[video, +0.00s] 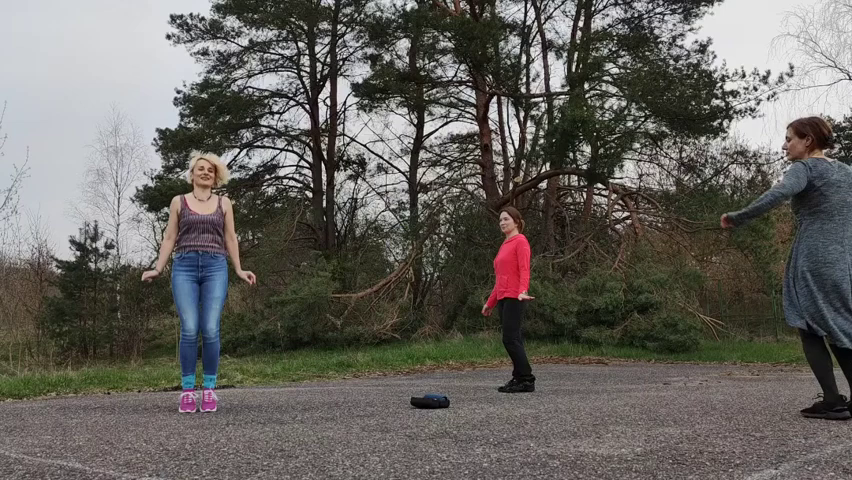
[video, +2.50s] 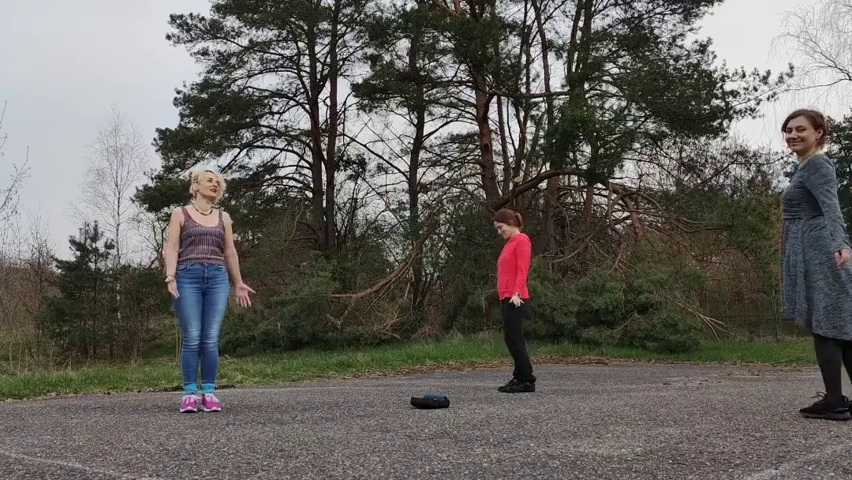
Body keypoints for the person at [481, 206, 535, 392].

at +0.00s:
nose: (502, 222)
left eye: (506, 219)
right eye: (501, 220)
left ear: (516, 221)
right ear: (500, 224)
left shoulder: (521, 240)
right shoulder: (506, 244)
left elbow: (524, 267)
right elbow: (501, 279)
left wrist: (523, 289)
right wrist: (490, 302)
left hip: (514, 296)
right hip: (504, 297)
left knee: (511, 339)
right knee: (511, 339)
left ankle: (526, 379)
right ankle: (518, 378)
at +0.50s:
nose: (502, 224)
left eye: (505, 221)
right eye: (501, 222)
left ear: (517, 222)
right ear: (502, 224)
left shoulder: (519, 240)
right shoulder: (511, 241)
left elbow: (519, 267)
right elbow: (511, 267)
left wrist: (512, 288)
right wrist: (505, 288)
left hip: (515, 297)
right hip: (508, 297)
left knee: (513, 338)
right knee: (510, 337)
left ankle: (525, 379)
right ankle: (520, 377)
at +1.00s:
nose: (506, 223)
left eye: (510, 219)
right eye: (505, 220)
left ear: (520, 221)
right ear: (504, 224)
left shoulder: (525, 241)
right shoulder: (510, 244)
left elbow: (529, 266)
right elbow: (507, 279)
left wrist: (529, 288)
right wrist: (499, 302)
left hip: (521, 296)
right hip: (509, 297)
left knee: (524, 337)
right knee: (508, 338)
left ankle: (528, 380)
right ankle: (518, 377)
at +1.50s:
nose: (509, 227)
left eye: (512, 224)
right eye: (507, 225)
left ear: (522, 223)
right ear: (505, 227)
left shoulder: (530, 245)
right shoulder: (505, 247)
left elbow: (537, 270)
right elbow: (499, 278)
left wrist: (541, 294)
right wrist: (488, 301)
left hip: (524, 296)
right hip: (506, 298)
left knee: (526, 337)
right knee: (505, 339)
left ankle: (529, 380)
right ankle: (518, 377)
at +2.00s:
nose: (502, 232)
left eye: (503, 227)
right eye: (499, 229)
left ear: (514, 224)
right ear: (503, 228)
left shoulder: (524, 241)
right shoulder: (511, 244)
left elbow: (526, 267)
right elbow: (508, 273)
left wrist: (523, 290)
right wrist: (503, 299)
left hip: (518, 297)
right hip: (508, 298)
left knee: (514, 337)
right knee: (511, 337)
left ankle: (525, 379)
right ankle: (520, 377)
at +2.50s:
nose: (499, 232)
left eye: (500, 228)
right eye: (497, 229)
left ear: (511, 224)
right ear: (506, 226)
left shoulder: (522, 241)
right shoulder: (511, 243)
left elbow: (523, 268)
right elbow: (510, 269)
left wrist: (517, 292)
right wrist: (505, 292)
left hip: (515, 298)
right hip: (506, 297)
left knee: (514, 339)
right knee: (512, 339)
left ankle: (525, 379)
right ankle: (520, 377)